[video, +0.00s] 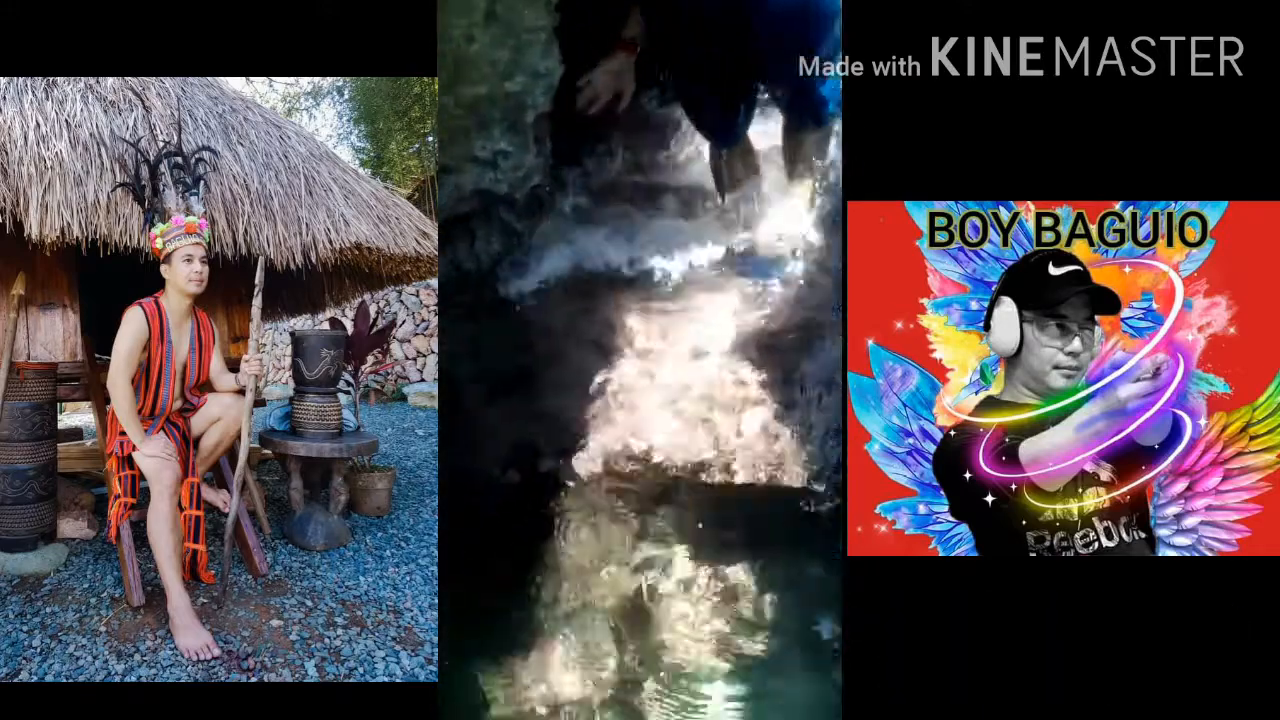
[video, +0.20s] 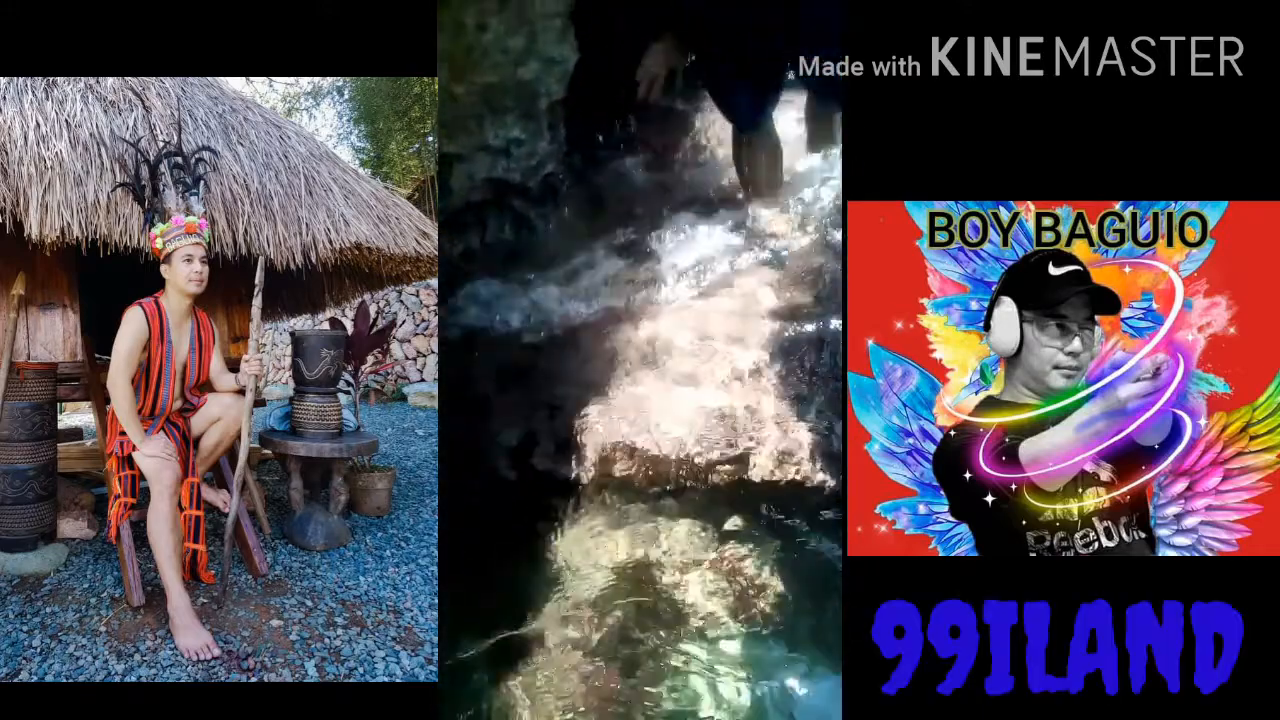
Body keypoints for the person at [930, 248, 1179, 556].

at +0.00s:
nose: (1076, 346)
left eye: (1086, 328)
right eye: (1055, 326)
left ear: (1097, 335)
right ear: (1007, 328)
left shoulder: (1113, 408)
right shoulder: (962, 446)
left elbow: (1156, 436)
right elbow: (1022, 471)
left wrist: (1147, 395)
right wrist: (1105, 413)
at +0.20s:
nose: (1076, 346)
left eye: (1086, 328)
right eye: (1055, 327)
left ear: (1097, 334)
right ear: (1007, 328)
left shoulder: (1114, 408)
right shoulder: (962, 446)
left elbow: (1155, 435)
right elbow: (1022, 472)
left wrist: (1149, 396)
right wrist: (1106, 412)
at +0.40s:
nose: (1076, 346)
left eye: (1086, 328)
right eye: (1055, 327)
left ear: (1097, 334)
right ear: (1007, 328)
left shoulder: (1114, 408)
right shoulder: (962, 446)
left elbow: (1155, 435)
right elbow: (1022, 472)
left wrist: (1149, 396)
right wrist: (1106, 412)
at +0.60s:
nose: (1076, 346)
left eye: (1086, 328)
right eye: (1055, 326)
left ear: (1097, 335)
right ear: (1007, 328)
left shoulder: (1113, 408)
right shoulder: (962, 446)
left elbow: (1156, 435)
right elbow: (1022, 471)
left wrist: (1147, 395)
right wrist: (1105, 413)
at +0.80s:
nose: (1076, 346)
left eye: (1086, 328)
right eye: (1055, 326)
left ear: (1097, 335)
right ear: (1007, 328)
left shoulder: (1113, 408)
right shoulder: (962, 446)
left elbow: (1156, 435)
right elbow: (1022, 471)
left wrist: (1147, 395)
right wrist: (1105, 413)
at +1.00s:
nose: (1076, 346)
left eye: (1086, 328)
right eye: (1055, 327)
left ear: (1097, 334)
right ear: (1007, 328)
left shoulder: (1114, 408)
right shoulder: (962, 446)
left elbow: (1155, 435)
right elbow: (1022, 472)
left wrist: (1149, 397)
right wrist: (1106, 412)